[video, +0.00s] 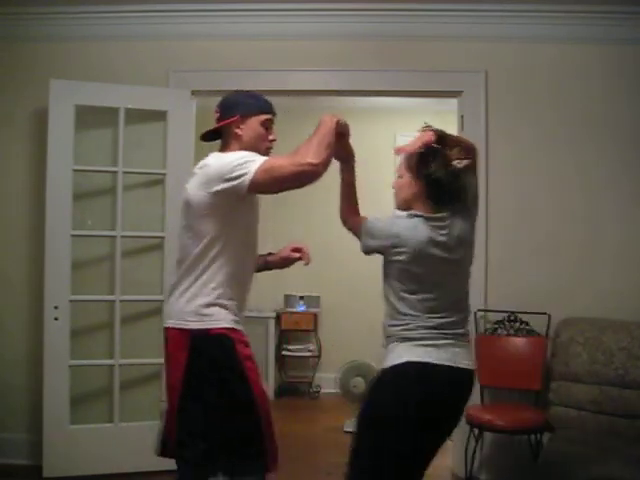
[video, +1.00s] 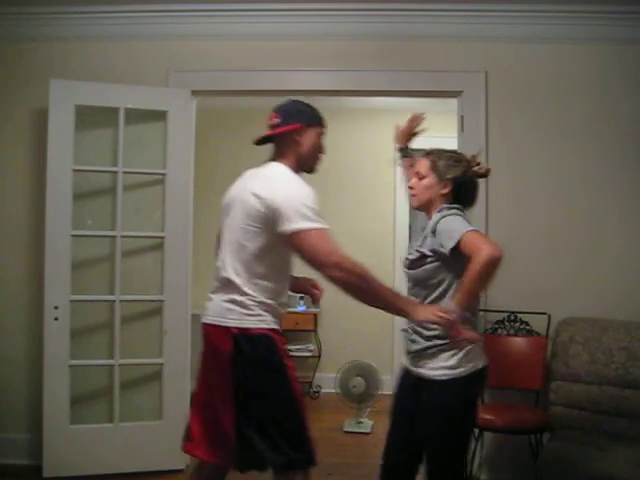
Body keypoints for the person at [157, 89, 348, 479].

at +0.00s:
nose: (273, 134)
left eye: (273, 126)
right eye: (265, 124)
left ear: (237, 130)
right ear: (235, 126)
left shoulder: (224, 176)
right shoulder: (220, 166)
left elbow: (216, 261)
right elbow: (306, 167)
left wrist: (270, 261)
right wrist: (328, 127)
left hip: (203, 328)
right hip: (206, 329)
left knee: (200, 452)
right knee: (250, 454)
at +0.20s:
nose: (248, 140)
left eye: (249, 132)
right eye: (242, 130)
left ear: (211, 133)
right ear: (214, 130)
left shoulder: (190, 177)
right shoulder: (200, 170)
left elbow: (186, 263)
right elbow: (297, 154)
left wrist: (240, 270)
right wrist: (329, 117)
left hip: (183, 333)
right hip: (188, 337)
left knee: (182, 459)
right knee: (193, 461)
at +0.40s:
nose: (242, 142)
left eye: (241, 134)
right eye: (235, 133)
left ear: (207, 137)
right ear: (206, 134)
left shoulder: (180, 181)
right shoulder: (195, 171)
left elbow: (171, 265)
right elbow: (293, 154)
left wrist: (226, 275)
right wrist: (335, 124)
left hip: (193, 334)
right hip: (166, 334)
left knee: (219, 443)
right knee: (140, 454)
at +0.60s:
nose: (253, 149)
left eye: (252, 141)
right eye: (246, 140)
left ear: (219, 145)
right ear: (220, 143)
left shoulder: (208, 187)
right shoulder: (200, 181)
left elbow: (185, 270)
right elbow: (288, 183)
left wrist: (234, 285)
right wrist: (335, 147)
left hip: (210, 345)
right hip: (179, 345)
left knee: (222, 458)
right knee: (162, 461)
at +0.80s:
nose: (285, 142)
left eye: (284, 133)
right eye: (279, 132)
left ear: (251, 135)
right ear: (255, 133)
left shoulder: (223, 175)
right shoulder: (235, 174)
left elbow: (212, 259)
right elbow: (263, 234)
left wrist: (259, 281)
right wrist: (342, 229)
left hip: (208, 328)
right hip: (214, 332)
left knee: (208, 452)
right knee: (236, 456)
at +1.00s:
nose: (323, 148)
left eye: (322, 138)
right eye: (319, 136)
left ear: (285, 138)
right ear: (298, 136)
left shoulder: (245, 182)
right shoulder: (284, 186)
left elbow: (235, 258)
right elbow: (336, 267)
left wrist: (290, 282)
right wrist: (412, 308)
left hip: (222, 327)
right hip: (251, 333)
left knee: (213, 454)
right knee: (293, 459)